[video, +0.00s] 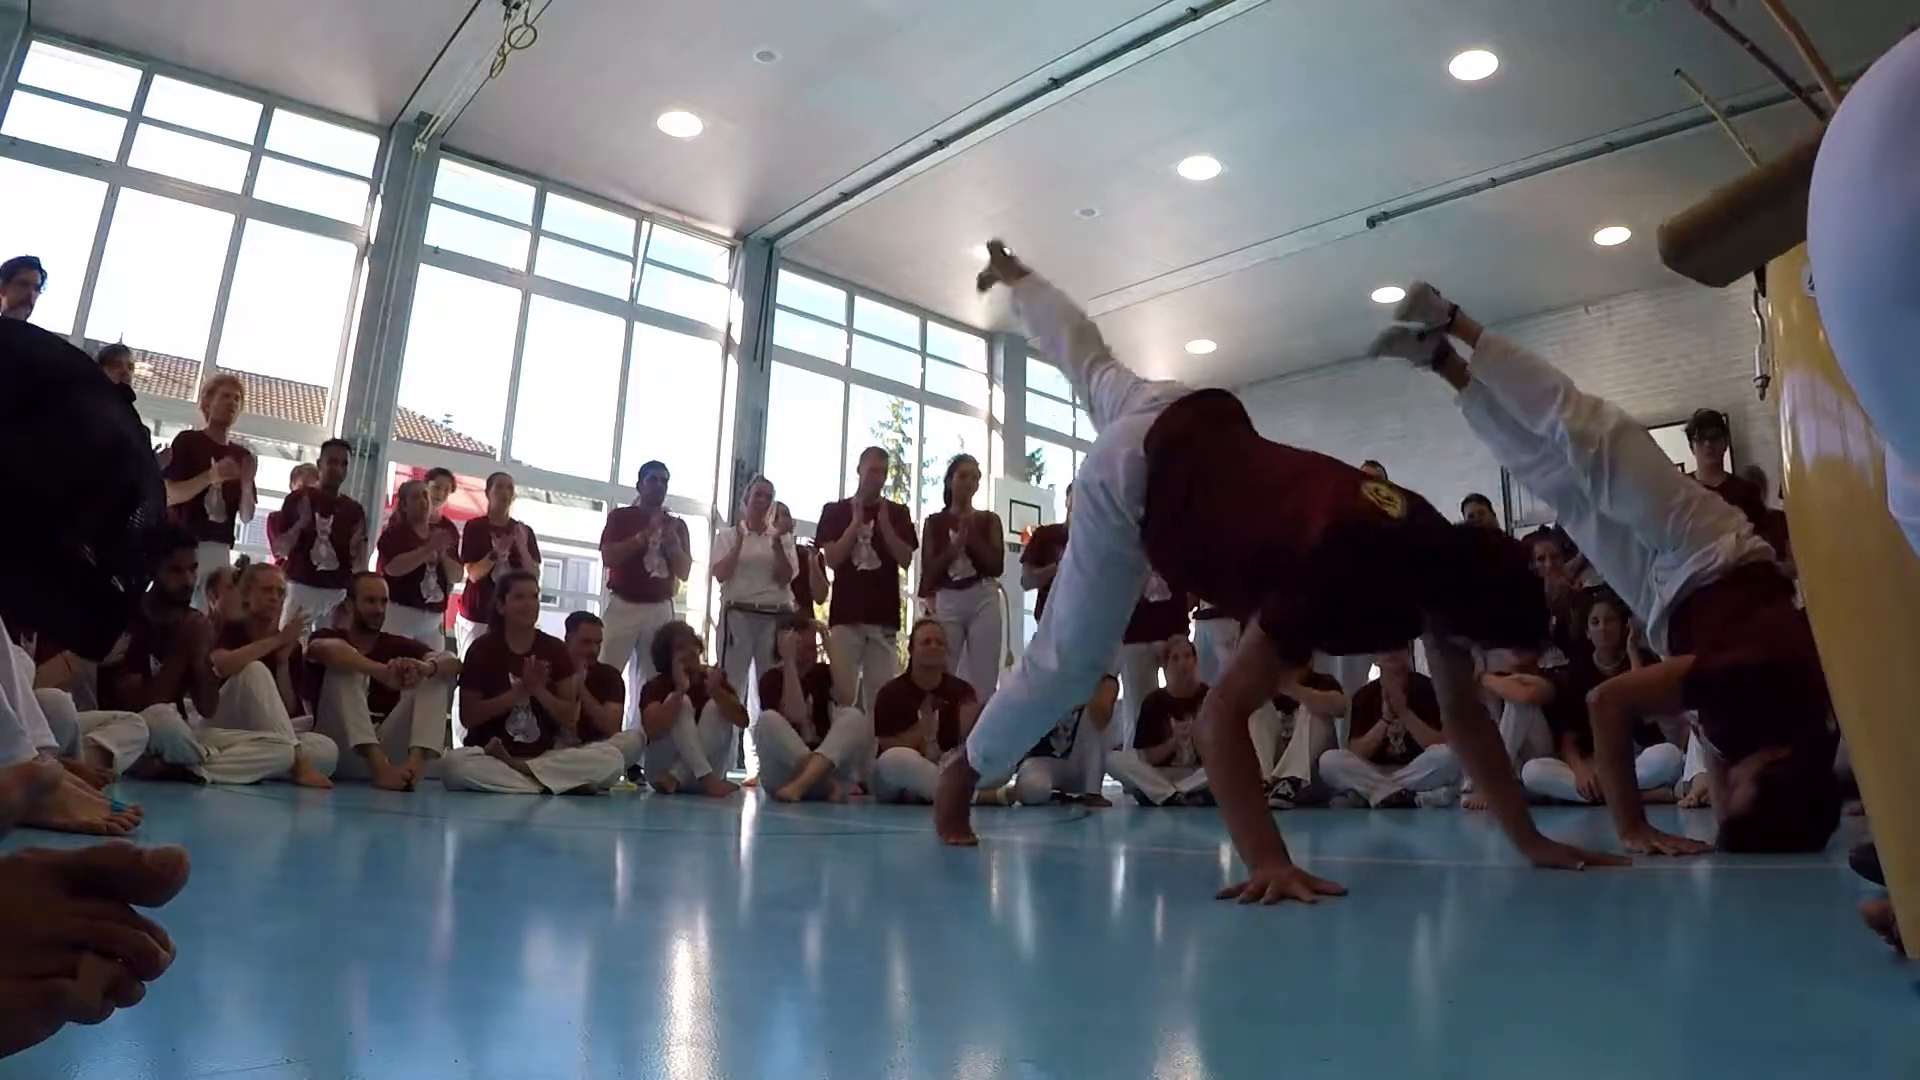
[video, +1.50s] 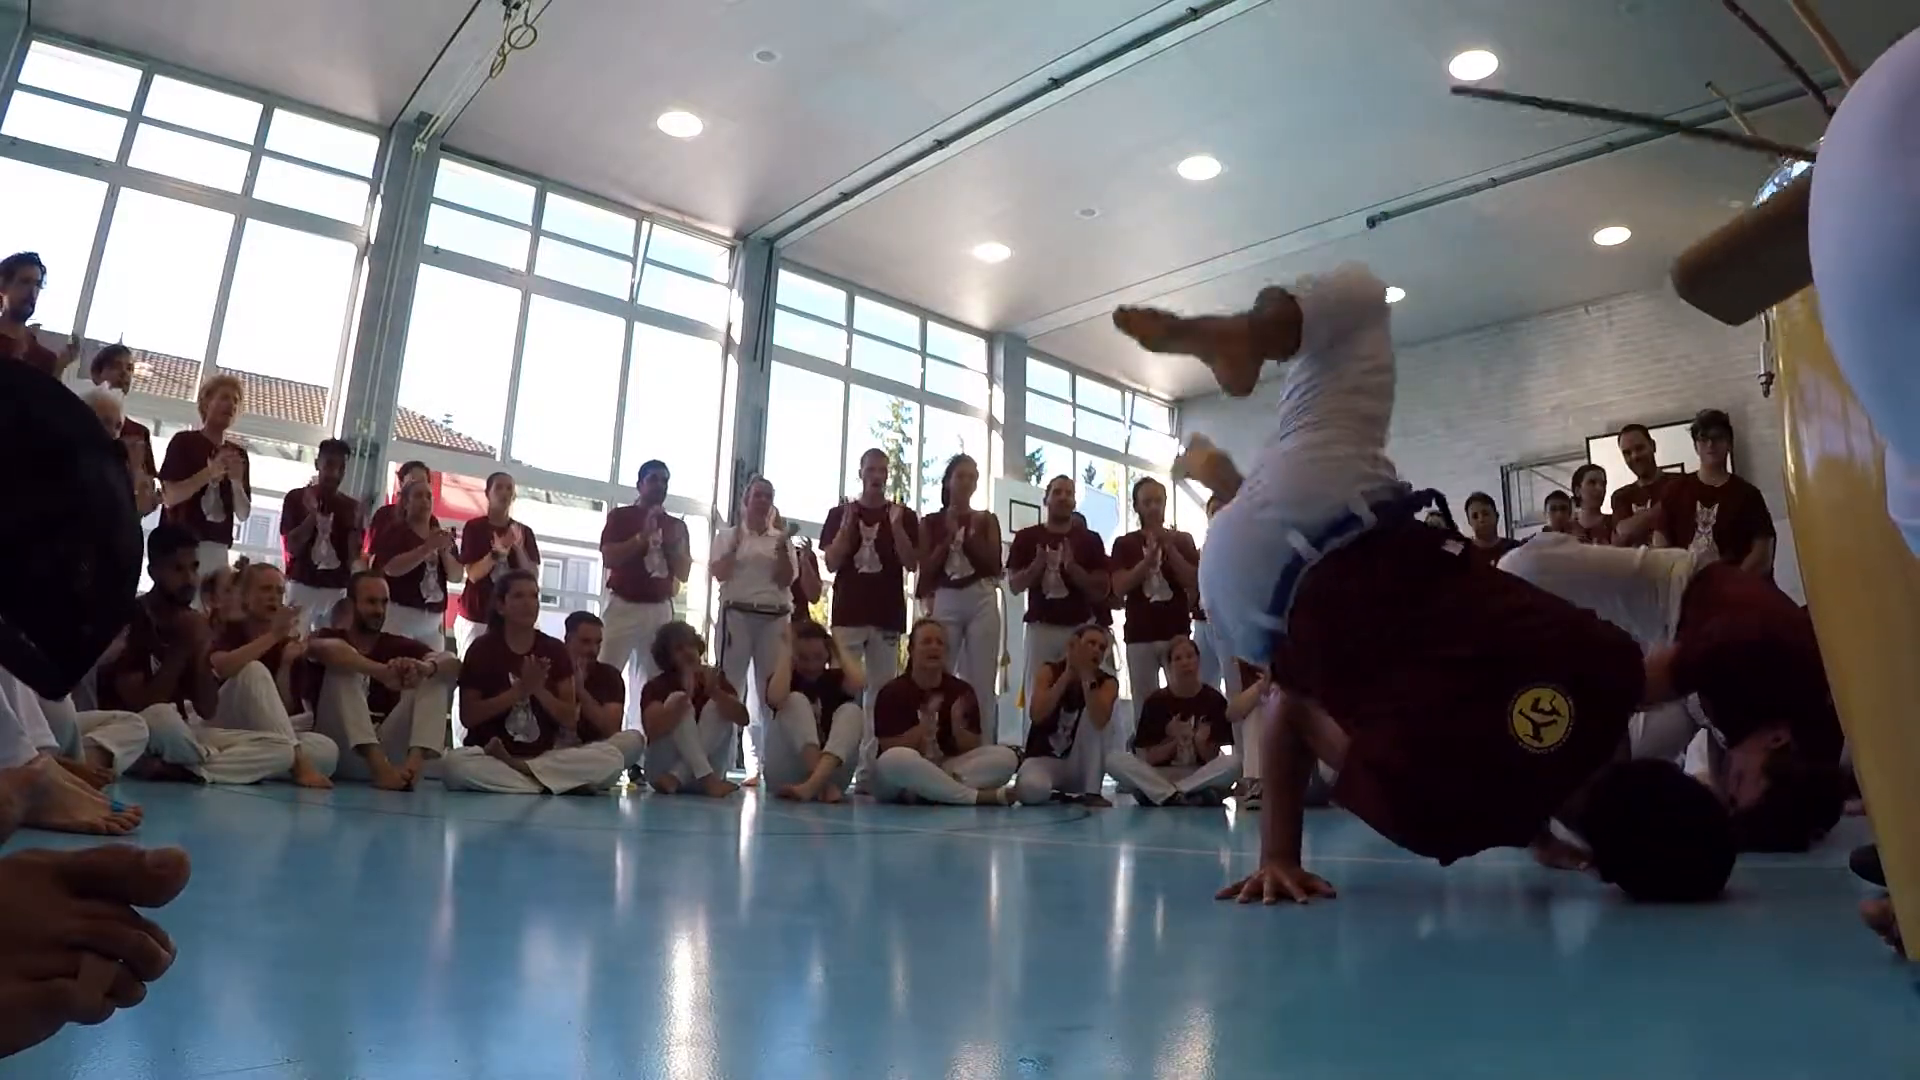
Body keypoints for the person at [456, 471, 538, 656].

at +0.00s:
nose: (505, 492)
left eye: (509, 488)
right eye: (499, 487)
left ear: (514, 494)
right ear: (488, 493)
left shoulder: (524, 531)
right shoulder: (474, 527)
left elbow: (534, 573)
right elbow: (473, 574)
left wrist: (522, 548)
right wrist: (496, 553)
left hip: (510, 619)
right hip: (475, 615)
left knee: (504, 681)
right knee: (471, 679)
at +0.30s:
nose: (504, 493)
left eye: (509, 489)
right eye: (499, 488)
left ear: (513, 495)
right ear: (487, 493)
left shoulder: (524, 532)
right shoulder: (474, 527)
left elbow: (533, 573)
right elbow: (473, 574)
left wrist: (517, 549)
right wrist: (498, 554)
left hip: (511, 620)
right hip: (475, 616)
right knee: (471, 679)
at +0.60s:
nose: (504, 493)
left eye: (508, 489)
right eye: (498, 488)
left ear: (513, 495)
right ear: (487, 493)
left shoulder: (524, 532)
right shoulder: (474, 527)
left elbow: (534, 574)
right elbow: (474, 574)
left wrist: (518, 549)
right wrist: (499, 552)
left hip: (510, 619)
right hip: (475, 616)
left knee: (504, 680)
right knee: (472, 679)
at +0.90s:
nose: (505, 493)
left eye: (509, 489)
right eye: (499, 488)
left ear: (513, 495)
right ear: (488, 492)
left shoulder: (524, 533)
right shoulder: (473, 527)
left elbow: (533, 574)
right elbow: (473, 575)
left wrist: (514, 554)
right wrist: (497, 553)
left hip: (511, 619)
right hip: (475, 616)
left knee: (505, 682)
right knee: (472, 679)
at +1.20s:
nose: (505, 493)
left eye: (509, 489)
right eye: (499, 488)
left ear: (513, 495)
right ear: (488, 492)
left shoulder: (524, 532)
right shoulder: (474, 527)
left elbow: (533, 574)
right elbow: (474, 575)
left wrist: (518, 549)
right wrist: (494, 553)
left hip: (511, 619)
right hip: (475, 616)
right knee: (471, 680)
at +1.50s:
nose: (504, 493)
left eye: (509, 488)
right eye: (499, 488)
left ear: (514, 495)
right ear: (488, 493)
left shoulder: (524, 532)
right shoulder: (474, 527)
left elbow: (533, 575)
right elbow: (473, 575)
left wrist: (519, 548)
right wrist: (495, 554)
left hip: (510, 621)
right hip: (474, 617)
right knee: (472, 678)